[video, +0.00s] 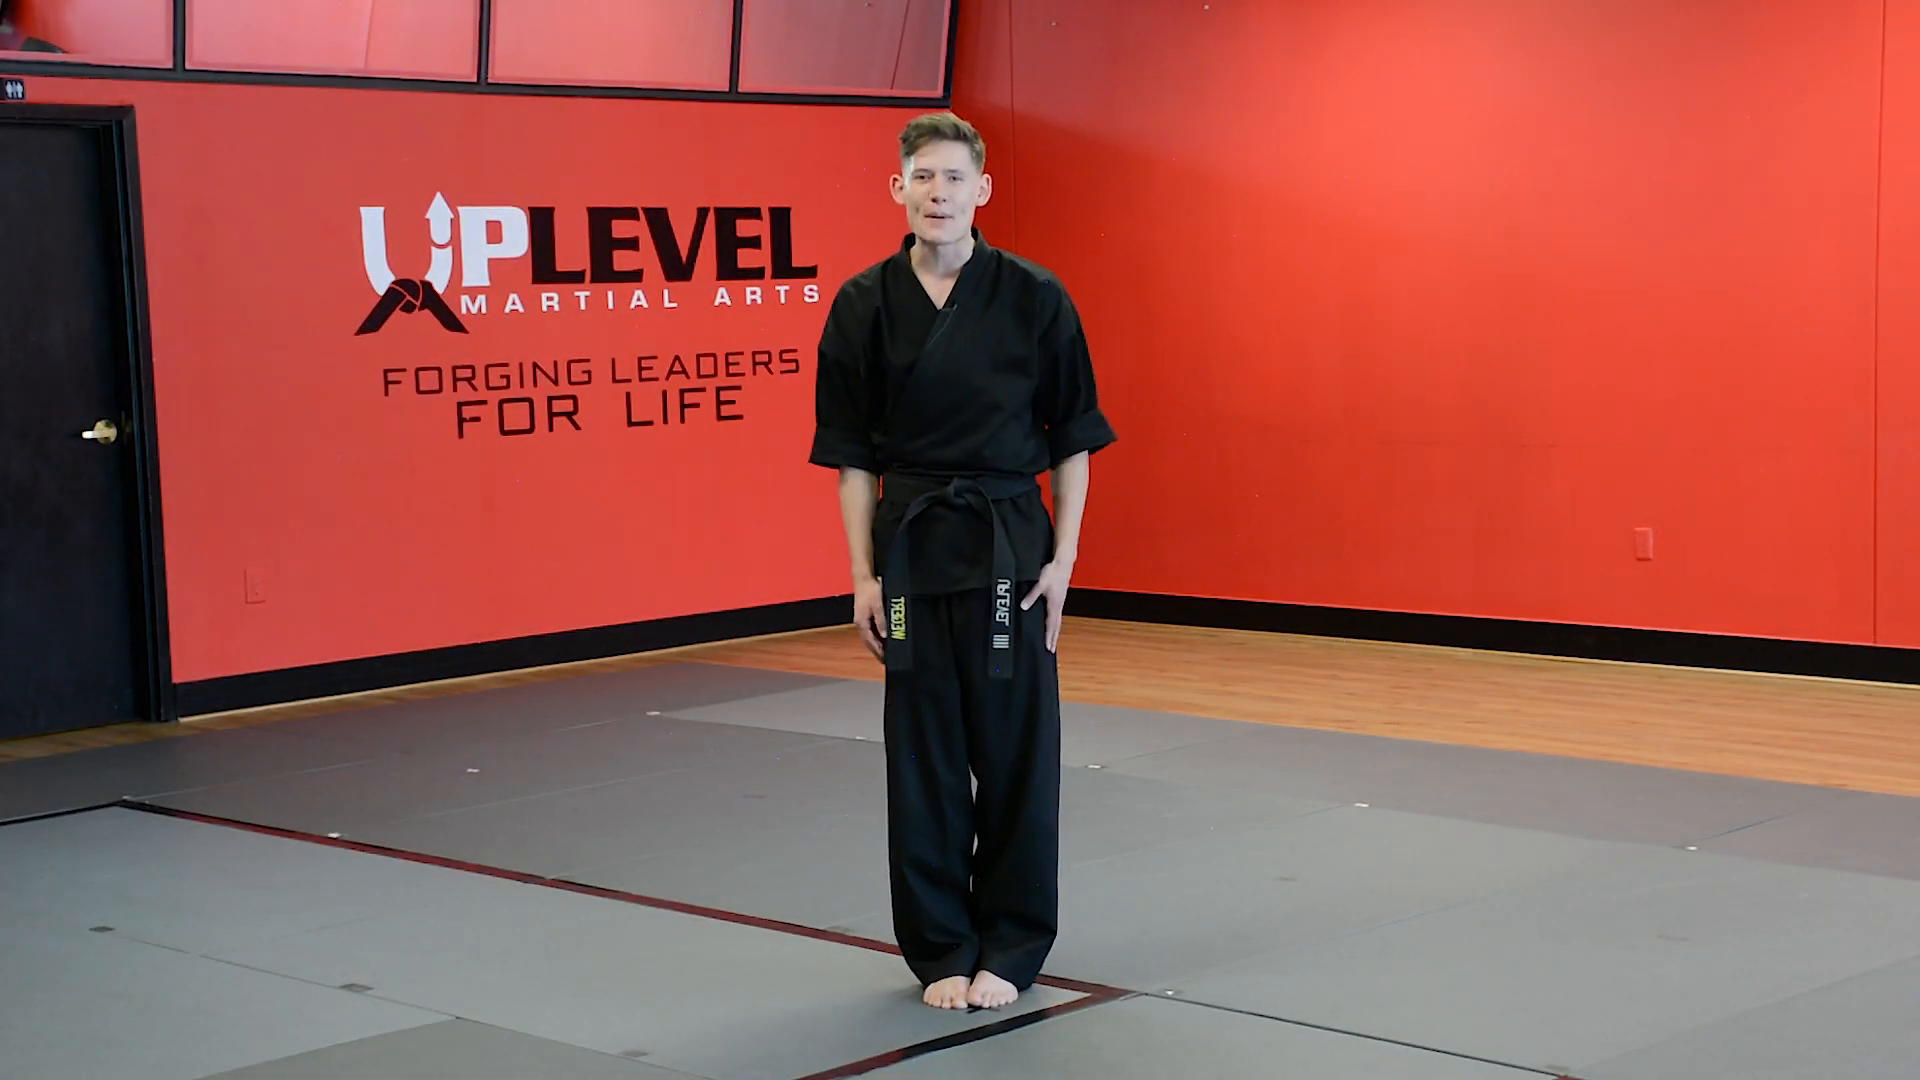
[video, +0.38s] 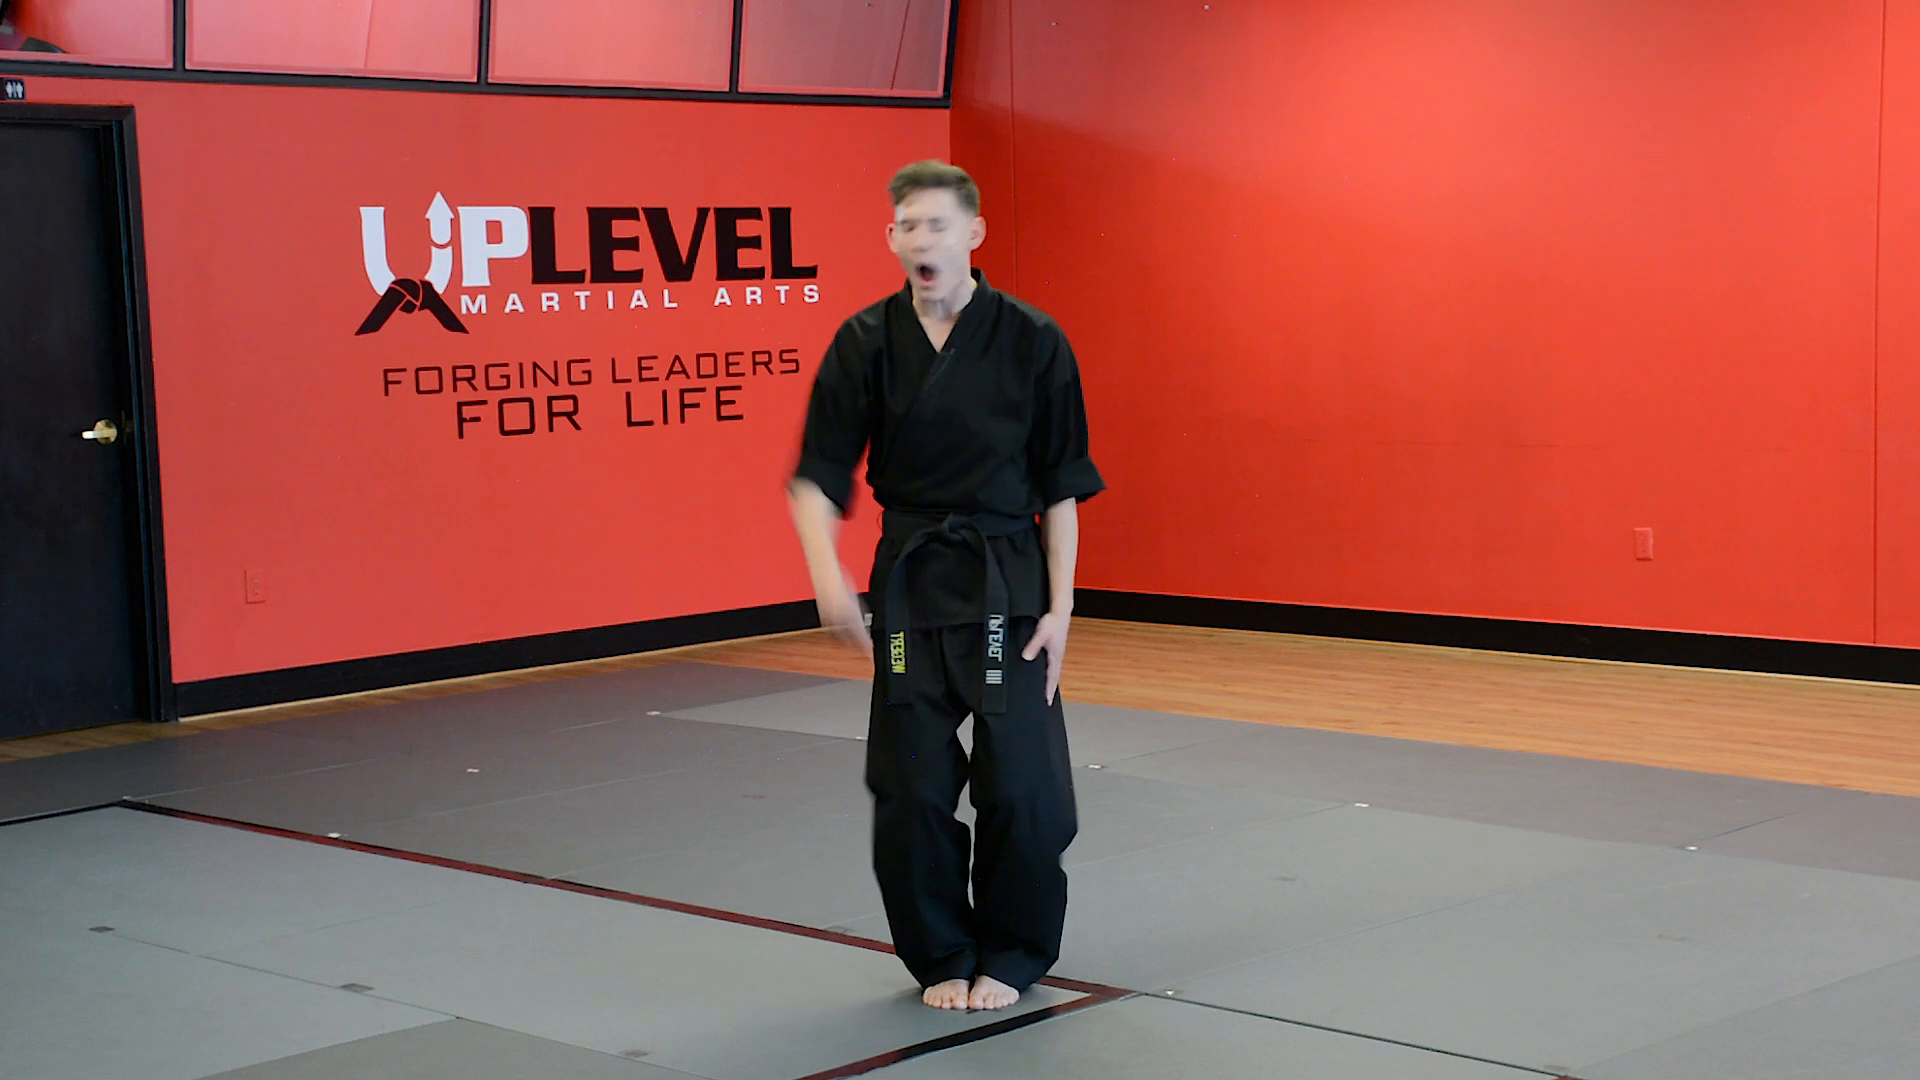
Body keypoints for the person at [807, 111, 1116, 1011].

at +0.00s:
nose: (937, 189)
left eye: (954, 175)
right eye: (922, 176)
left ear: (983, 189)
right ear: (899, 191)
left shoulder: (1035, 297)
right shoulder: (860, 305)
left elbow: (1074, 439)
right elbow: (850, 456)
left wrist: (1064, 559)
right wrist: (863, 572)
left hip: (1013, 542)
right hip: (910, 545)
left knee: (1016, 760)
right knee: (925, 762)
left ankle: (1008, 955)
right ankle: (941, 955)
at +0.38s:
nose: (921, 243)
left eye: (938, 226)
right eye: (908, 227)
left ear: (975, 233)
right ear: (891, 238)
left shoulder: (1033, 340)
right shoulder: (865, 341)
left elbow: (1061, 484)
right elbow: (814, 478)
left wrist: (1061, 605)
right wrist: (829, 580)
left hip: (1011, 573)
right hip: (909, 576)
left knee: (1025, 787)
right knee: (910, 786)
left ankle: (1012, 959)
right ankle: (940, 959)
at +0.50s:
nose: (868, 223)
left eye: (883, 206)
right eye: (861, 207)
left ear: (936, 202)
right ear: (862, 210)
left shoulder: (1021, 295)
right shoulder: (862, 295)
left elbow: (1059, 437)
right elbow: (750, 349)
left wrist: (1066, 560)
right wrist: (798, 379)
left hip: (1009, 537)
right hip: (910, 538)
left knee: (1025, 753)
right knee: (908, 756)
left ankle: (1015, 958)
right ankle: (942, 955)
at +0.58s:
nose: (842, 197)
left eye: (857, 181)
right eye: (837, 181)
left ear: (911, 178)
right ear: (843, 183)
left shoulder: (1002, 256)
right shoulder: (844, 266)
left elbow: (1061, 389)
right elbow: (720, 281)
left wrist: (1076, 513)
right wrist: (776, 267)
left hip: (1012, 511)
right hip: (912, 511)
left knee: (1042, 732)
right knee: (903, 735)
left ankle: (1036, 949)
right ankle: (911, 949)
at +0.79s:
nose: (833, 255)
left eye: (847, 237)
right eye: (827, 240)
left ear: (899, 234)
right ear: (833, 244)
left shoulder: (991, 315)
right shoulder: (838, 339)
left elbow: (1067, 441)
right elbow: (731, 394)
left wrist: (1080, 567)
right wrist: (721, 276)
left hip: (1010, 569)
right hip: (905, 574)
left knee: (1089, 766)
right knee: (846, 771)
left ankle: (1155, 954)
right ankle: (811, 963)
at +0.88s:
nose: (836, 283)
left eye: (849, 266)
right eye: (831, 267)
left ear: (904, 259)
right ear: (841, 266)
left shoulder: (1003, 338)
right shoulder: (847, 376)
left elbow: (1053, 476)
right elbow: (789, 482)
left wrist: (1073, 601)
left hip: (1016, 586)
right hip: (907, 593)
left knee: (1096, 775)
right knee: (826, 782)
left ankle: (1145, 953)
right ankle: (808, 964)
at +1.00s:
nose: (840, 287)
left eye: (855, 271)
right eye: (834, 270)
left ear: (908, 265)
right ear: (838, 269)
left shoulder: (1003, 339)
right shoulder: (846, 383)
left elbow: (1068, 467)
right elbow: (817, 526)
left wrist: (1086, 583)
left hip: (1022, 585)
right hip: (913, 593)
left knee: (1107, 771)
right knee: (831, 776)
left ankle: (1146, 951)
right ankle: (811, 964)